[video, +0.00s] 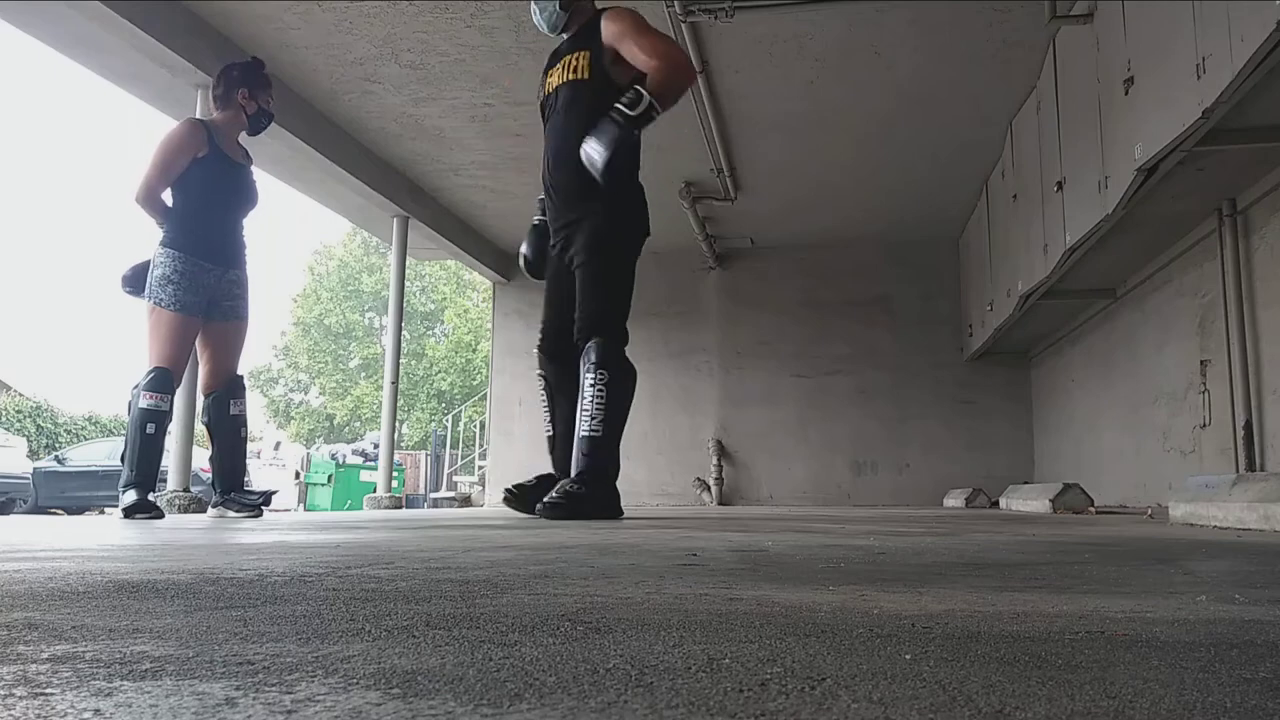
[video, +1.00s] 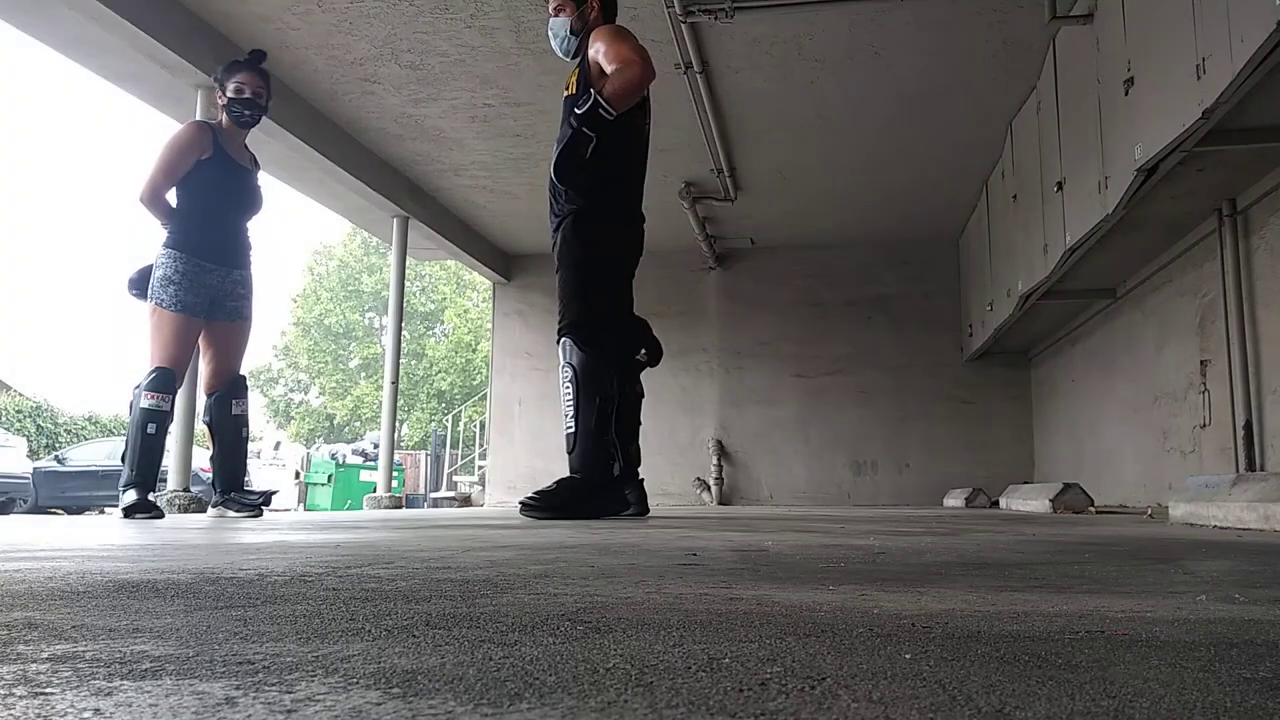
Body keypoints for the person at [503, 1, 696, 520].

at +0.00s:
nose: (539, 8)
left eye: (544, 1)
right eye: (537, 6)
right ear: (552, 15)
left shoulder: (612, 23)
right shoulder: (558, 62)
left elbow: (676, 68)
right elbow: (559, 146)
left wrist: (622, 119)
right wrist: (543, 219)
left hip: (605, 212)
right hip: (563, 221)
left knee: (600, 343)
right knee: (556, 349)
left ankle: (597, 485)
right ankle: (567, 476)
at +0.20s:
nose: (542, 10)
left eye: (547, 3)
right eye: (541, 8)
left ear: (570, 0)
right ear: (568, 12)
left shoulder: (603, 19)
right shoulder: (575, 53)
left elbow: (655, 58)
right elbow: (572, 154)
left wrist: (607, 112)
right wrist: (557, 233)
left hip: (602, 210)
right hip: (575, 218)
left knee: (592, 340)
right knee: (570, 344)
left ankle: (593, 484)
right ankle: (606, 476)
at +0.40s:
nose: (553, 13)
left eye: (557, 4)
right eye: (553, 7)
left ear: (583, 2)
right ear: (584, 8)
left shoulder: (603, 25)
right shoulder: (588, 44)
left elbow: (642, 61)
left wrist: (590, 122)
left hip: (599, 215)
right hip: (584, 218)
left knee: (588, 344)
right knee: (592, 346)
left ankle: (591, 484)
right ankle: (619, 483)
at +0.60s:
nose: (550, 18)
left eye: (555, 8)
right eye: (550, 11)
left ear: (583, 5)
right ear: (584, 11)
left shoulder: (605, 32)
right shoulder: (592, 55)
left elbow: (642, 68)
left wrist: (598, 118)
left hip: (599, 219)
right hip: (600, 222)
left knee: (582, 339)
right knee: (616, 346)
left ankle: (589, 483)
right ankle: (623, 482)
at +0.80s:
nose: (551, 22)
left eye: (557, 11)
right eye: (549, 14)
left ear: (589, 9)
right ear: (586, 13)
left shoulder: (606, 39)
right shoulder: (591, 65)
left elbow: (643, 73)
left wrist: (602, 118)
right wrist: (629, 321)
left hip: (599, 226)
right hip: (606, 228)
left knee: (573, 340)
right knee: (615, 348)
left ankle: (589, 477)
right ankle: (620, 481)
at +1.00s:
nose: (551, 21)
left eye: (557, 9)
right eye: (550, 12)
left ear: (589, 8)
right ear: (590, 12)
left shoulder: (603, 36)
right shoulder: (592, 59)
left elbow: (635, 71)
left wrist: (594, 114)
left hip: (596, 225)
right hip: (600, 225)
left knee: (584, 343)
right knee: (611, 346)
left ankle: (592, 480)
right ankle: (619, 481)